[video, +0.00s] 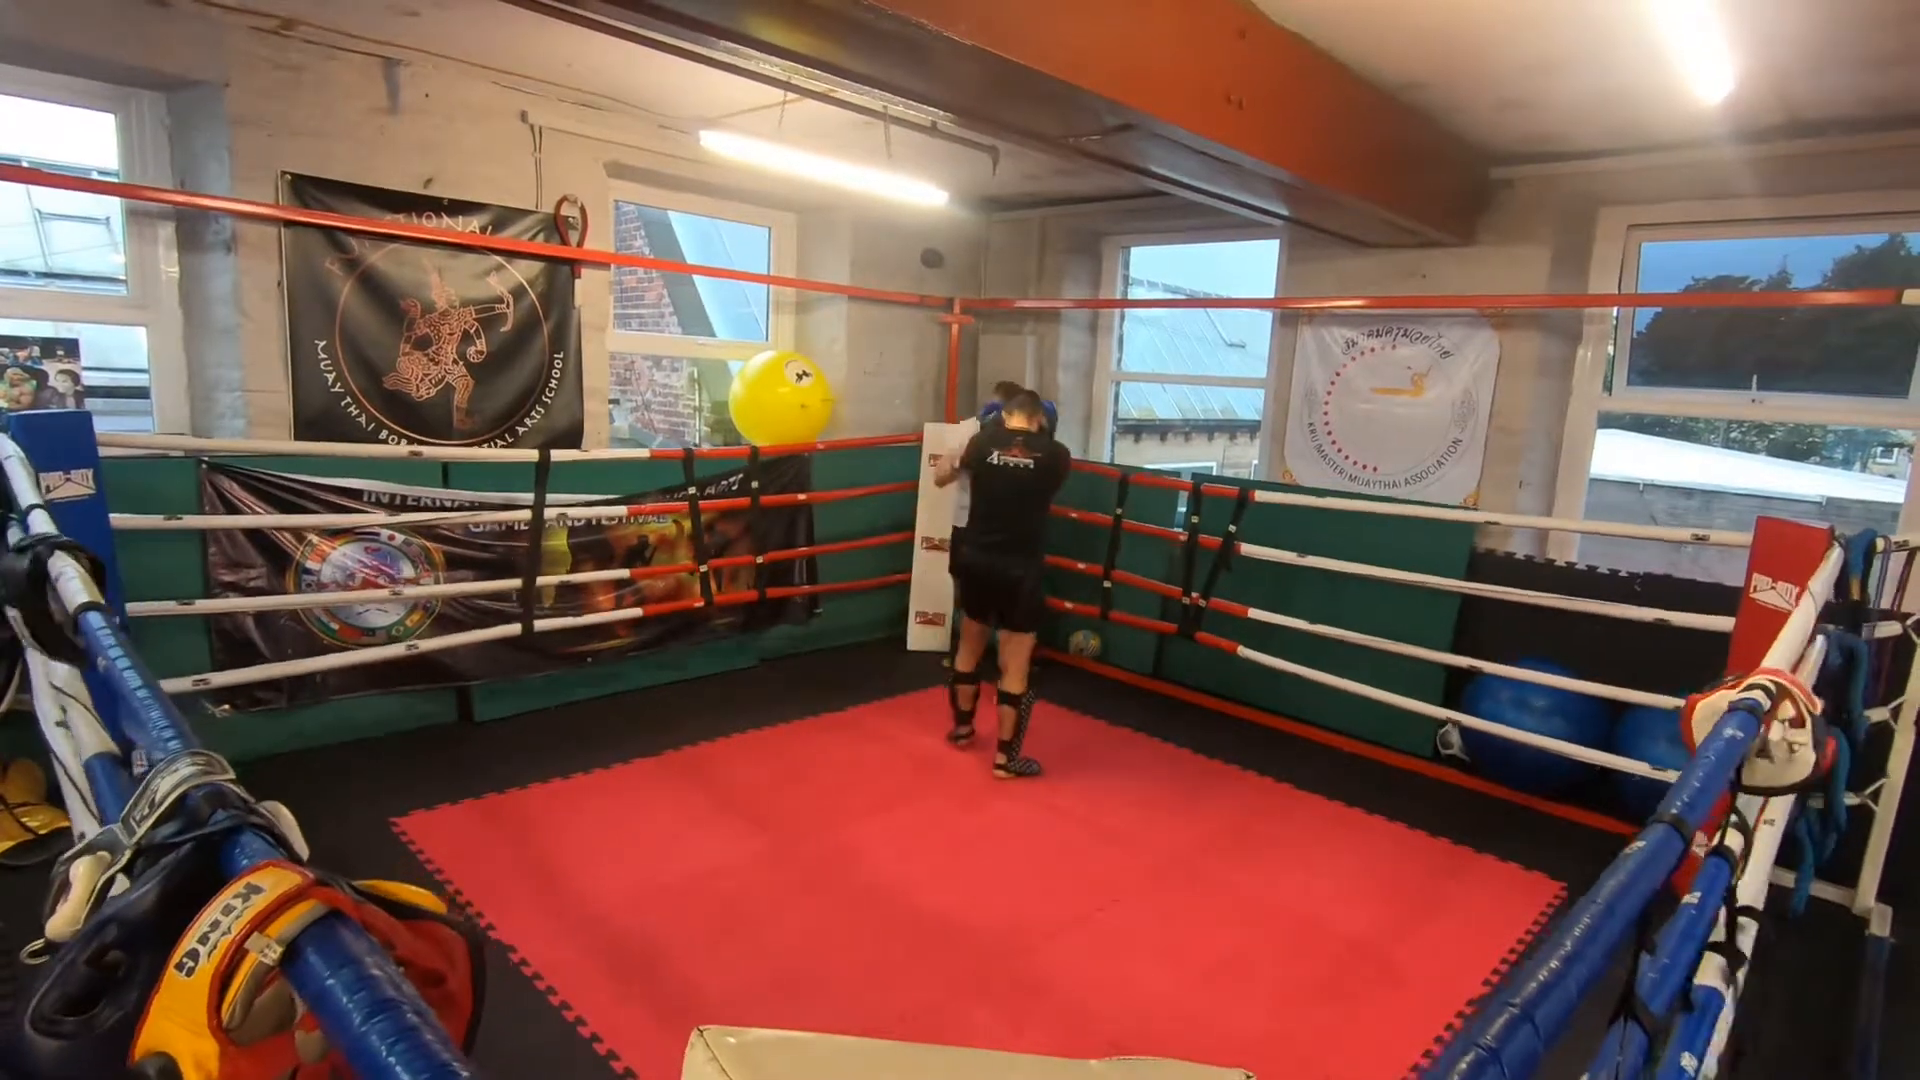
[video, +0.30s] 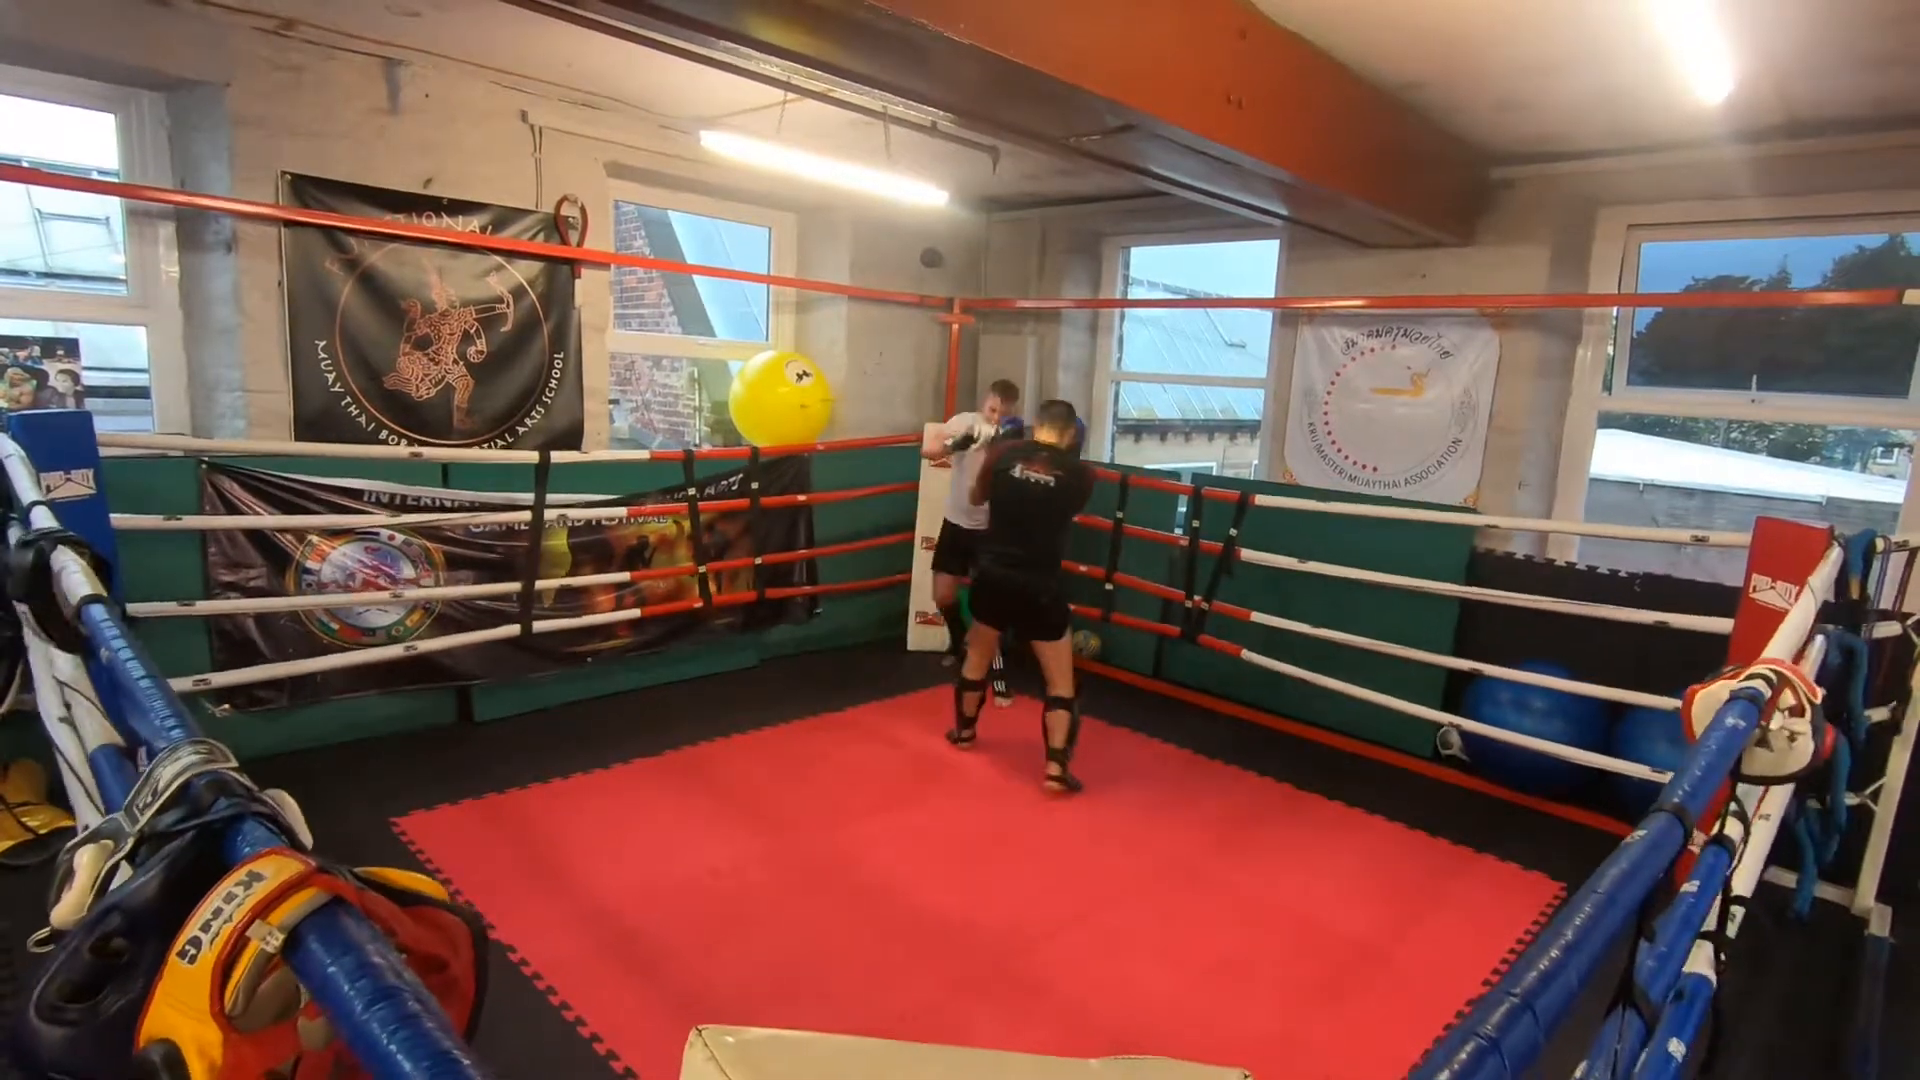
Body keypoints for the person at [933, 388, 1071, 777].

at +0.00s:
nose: (1042, 425)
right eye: (1042, 421)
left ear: (1003, 415)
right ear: (1040, 421)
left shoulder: (981, 443)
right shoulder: (1055, 456)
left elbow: (965, 466)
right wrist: (1036, 432)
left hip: (976, 564)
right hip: (1020, 570)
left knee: (969, 648)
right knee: (1014, 665)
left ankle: (962, 728)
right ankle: (1006, 755)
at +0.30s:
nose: (1069, 438)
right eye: (1071, 432)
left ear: (1035, 425)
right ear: (1071, 434)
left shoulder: (1003, 457)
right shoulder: (1079, 476)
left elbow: (978, 496)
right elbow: (1070, 509)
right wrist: (1054, 459)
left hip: (993, 580)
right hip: (1040, 589)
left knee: (977, 655)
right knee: (1060, 684)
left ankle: (965, 730)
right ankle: (1055, 768)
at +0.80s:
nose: (1067, 422)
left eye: (1066, 416)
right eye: (1071, 416)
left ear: (1070, 416)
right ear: (1106, 418)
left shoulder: (1051, 456)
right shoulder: (1127, 467)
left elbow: (1010, 512)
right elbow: (1103, 511)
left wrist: (1004, 473)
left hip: (1043, 590)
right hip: (1094, 593)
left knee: (1019, 677)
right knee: (1075, 687)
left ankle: (1039, 774)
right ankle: (1061, 776)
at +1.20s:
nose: (1059, 441)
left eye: (1058, 436)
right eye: (1060, 436)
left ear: (1067, 432)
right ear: (1098, 430)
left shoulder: (1066, 470)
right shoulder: (1125, 472)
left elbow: (1042, 540)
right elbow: (1097, 521)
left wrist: (1000, 531)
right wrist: (1056, 478)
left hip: (1070, 607)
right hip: (1118, 607)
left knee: (1011, 688)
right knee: (1126, 700)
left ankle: (1032, 787)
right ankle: (1180, 791)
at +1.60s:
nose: (949, 432)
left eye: (950, 425)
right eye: (948, 425)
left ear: (961, 423)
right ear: (980, 421)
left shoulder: (986, 462)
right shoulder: (990, 453)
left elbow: (1027, 519)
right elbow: (957, 481)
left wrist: (978, 555)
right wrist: (922, 454)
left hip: (1017, 586)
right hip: (1043, 579)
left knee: (983, 680)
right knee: (1074, 668)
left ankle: (986, 779)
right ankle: (1130, 753)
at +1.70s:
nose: (926, 421)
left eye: (926, 414)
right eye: (926, 414)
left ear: (937, 412)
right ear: (955, 407)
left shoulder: (968, 451)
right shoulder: (975, 440)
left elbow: (997, 519)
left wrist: (946, 539)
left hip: (991, 579)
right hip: (1011, 572)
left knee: (975, 672)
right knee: (1022, 659)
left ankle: (985, 777)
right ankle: (1068, 732)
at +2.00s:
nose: (886, 422)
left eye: (886, 415)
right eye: (886, 415)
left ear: (895, 413)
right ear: (921, 409)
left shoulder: (912, 455)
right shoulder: (945, 446)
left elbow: (896, 526)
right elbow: (930, 504)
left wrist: (857, 514)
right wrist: (898, 448)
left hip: (921, 577)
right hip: (935, 570)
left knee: (940, 669)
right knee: (896, 646)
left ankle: (976, 764)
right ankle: (869, 720)